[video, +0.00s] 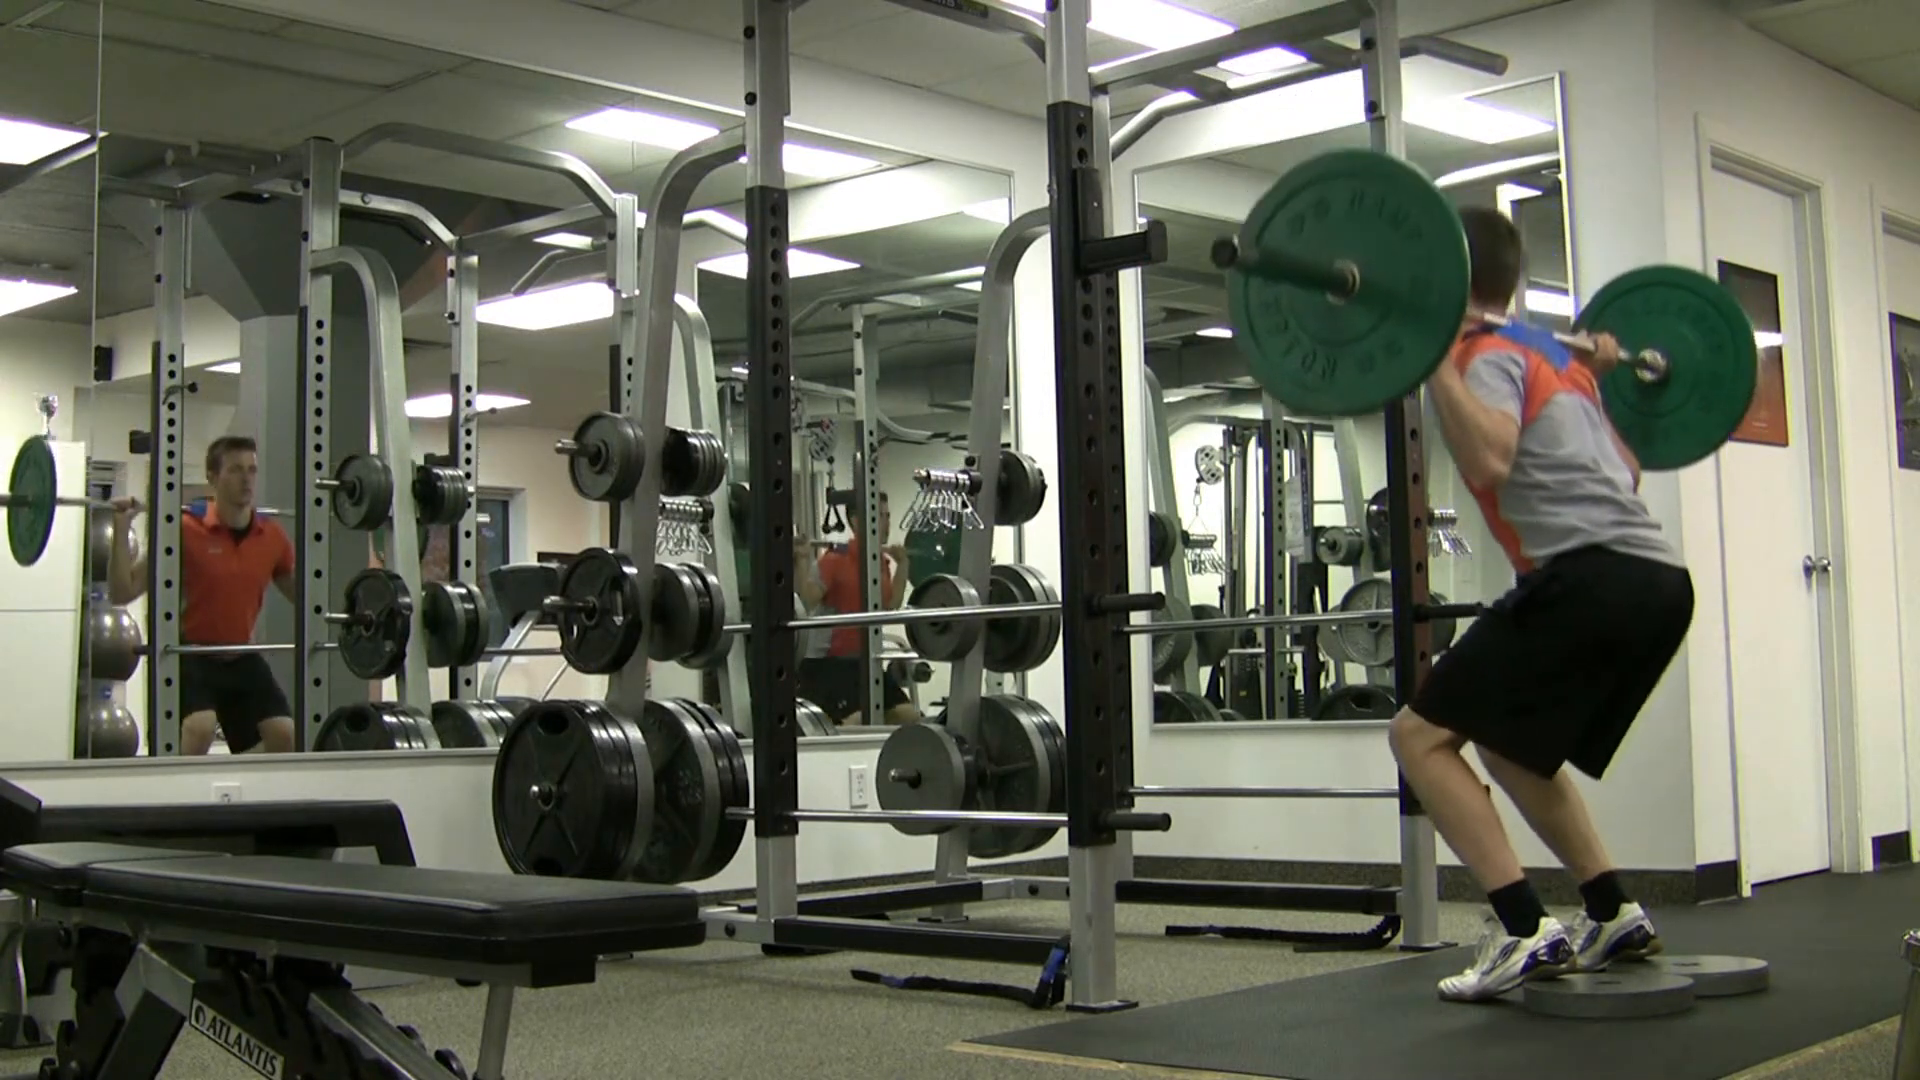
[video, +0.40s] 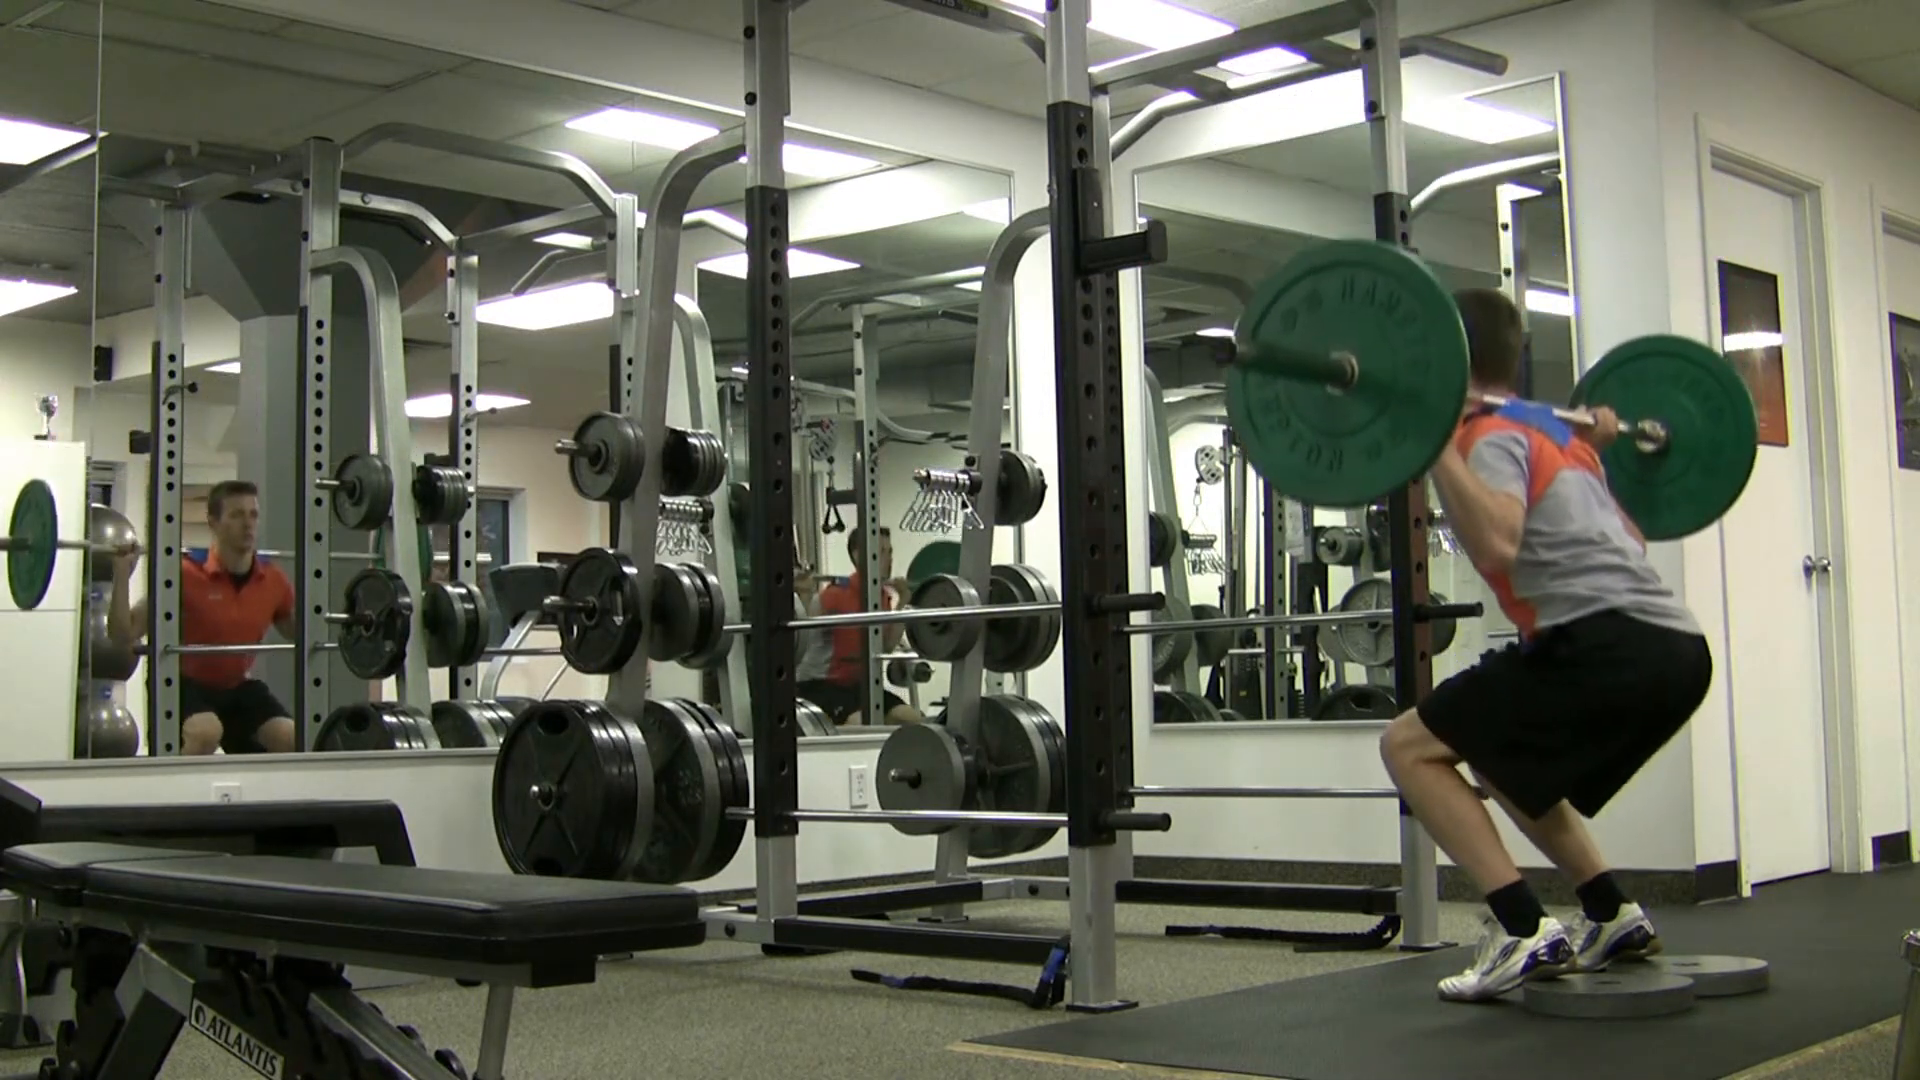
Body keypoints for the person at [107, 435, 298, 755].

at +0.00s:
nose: (247, 479)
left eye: (252, 470)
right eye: (236, 470)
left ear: (258, 476)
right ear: (213, 477)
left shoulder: (271, 535)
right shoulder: (184, 530)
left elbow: (306, 600)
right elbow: (122, 593)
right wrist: (121, 527)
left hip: (242, 657)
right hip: (190, 656)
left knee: (282, 733)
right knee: (200, 728)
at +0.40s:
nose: (248, 524)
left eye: (254, 515)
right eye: (237, 515)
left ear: (260, 519)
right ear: (213, 522)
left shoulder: (272, 580)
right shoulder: (184, 574)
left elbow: (306, 639)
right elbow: (125, 635)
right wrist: (121, 573)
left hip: (237, 687)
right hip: (184, 685)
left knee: (288, 737)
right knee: (206, 732)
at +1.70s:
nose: (252, 495)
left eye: (257, 486)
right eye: (240, 486)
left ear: (264, 491)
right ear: (217, 492)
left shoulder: (276, 551)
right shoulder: (188, 545)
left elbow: (306, 610)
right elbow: (122, 605)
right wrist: (127, 540)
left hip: (244, 668)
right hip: (191, 667)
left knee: (284, 732)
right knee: (203, 728)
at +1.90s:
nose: (252, 463)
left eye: (258, 455)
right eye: (241, 454)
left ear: (264, 461)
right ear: (217, 463)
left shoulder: (275, 521)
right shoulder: (188, 515)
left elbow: (307, 584)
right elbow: (124, 574)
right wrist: (127, 510)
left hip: (244, 648)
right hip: (190, 647)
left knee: (278, 726)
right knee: (198, 723)